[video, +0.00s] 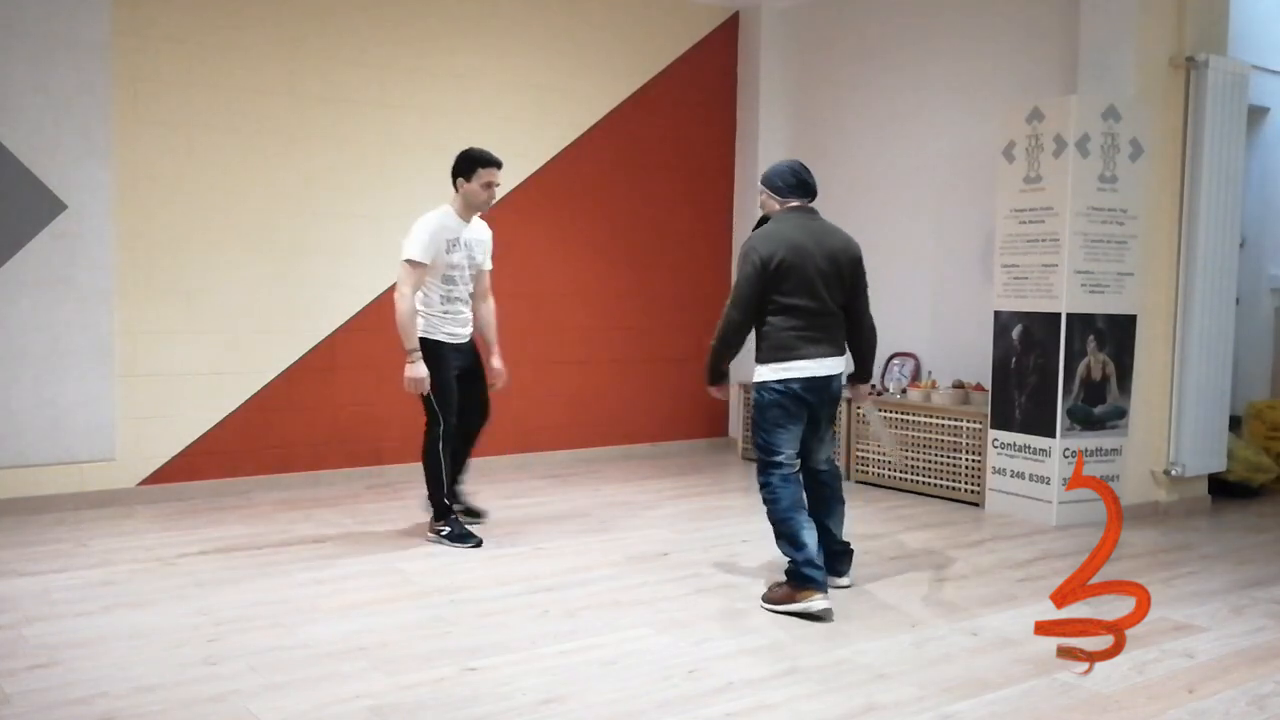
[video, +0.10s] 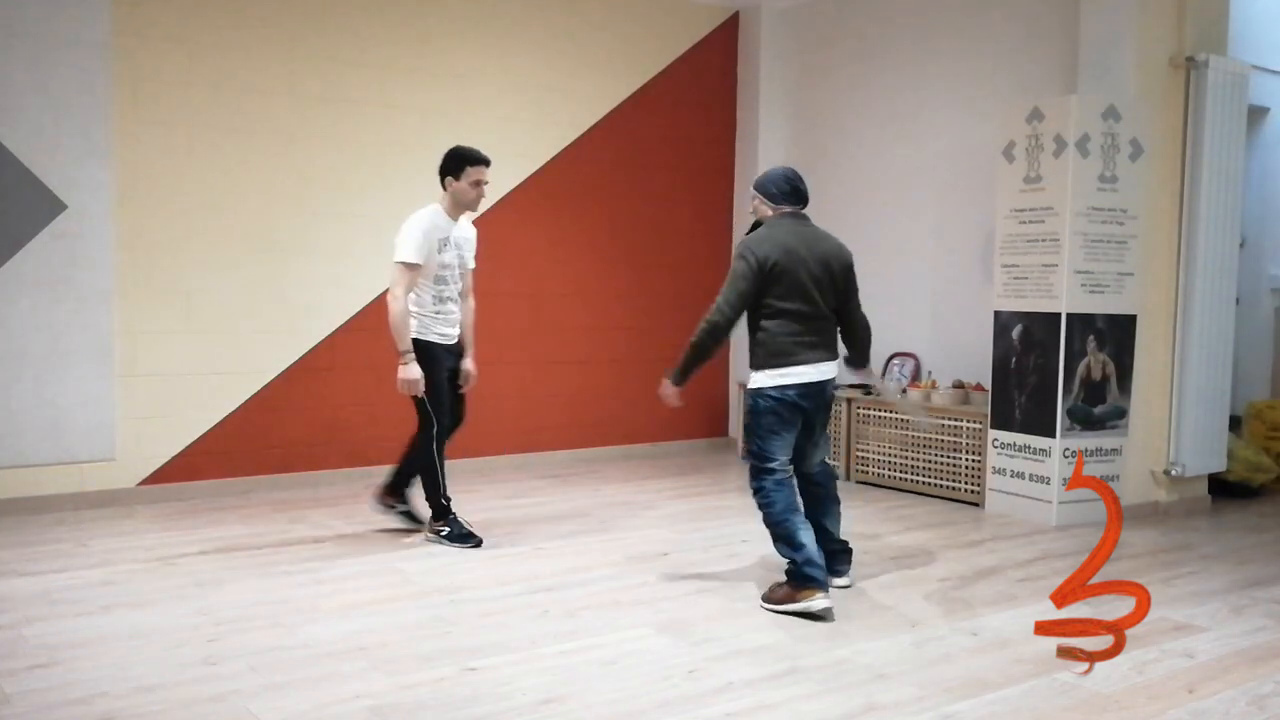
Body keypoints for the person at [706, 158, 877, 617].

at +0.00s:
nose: (760, 204)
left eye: (762, 197)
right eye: (761, 196)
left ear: (772, 199)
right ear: (808, 197)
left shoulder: (763, 243)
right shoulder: (842, 242)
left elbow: (738, 316)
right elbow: (859, 318)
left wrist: (716, 369)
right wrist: (863, 372)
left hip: (781, 377)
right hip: (830, 374)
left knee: (779, 473)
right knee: (819, 462)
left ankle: (807, 580)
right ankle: (835, 558)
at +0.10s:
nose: (752, 207)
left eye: (755, 200)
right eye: (753, 200)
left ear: (768, 204)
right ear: (798, 204)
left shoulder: (758, 246)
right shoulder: (833, 248)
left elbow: (722, 317)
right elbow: (853, 317)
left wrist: (678, 375)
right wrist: (859, 359)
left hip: (775, 383)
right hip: (821, 381)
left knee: (771, 476)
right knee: (814, 467)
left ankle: (807, 580)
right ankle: (834, 559)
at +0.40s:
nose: (677, 206)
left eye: (682, 198)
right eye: (678, 198)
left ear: (702, 201)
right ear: (718, 199)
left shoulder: (716, 225)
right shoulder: (737, 228)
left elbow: (732, 254)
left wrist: (708, 276)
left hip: (731, 377)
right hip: (763, 375)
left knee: (665, 450)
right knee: (783, 466)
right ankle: (829, 559)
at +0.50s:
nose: (652, 210)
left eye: (657, 202)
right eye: (653, 201)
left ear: (677, 206)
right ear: (685, 205)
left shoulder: (704, 235)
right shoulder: (687, 242)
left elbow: (719, 268)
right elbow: (643, 258)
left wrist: (670, 277)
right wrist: (600, 231)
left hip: (697, 382)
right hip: (724, 379)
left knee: (635, 455)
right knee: (746, 463)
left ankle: (641, 557)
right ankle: (810, 543)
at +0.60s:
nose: (627, 209)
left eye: (633, 201)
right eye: (628, 201)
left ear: (655, 205)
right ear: (657, 206)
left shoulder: (690, 242)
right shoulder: (649, 250)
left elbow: (690, 296)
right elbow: (605, 297)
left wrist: (625, 292)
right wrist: (538, 305)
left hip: (674, 381)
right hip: (668, 379)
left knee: (617, 458)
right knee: (673, 455)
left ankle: (641, 558)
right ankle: (747, 523)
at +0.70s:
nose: (600, 208)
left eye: (606, 200)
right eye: (601, 199)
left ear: (630, 204)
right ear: (626, 203)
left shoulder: (671, 245)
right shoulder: (615, 250)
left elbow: (659, 311)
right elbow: (591, 315)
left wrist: (594, 301)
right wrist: (547, 367)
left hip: (656, 377)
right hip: (626, 373)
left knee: (607, 458)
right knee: (608, 453)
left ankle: (641, 557)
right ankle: (661, 533)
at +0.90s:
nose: (536, 209)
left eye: (542, 201)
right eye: (537, 201)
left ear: (568, 205)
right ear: (562, 204)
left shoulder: (617, 243)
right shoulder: (548, 250)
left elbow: (615, 308)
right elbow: (528, 304)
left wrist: (546, 301)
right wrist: (549, 332)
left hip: (599, 376)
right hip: (557, 372)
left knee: (583, 467)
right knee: (515, 448)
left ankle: (639, 551)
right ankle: (485, 531)